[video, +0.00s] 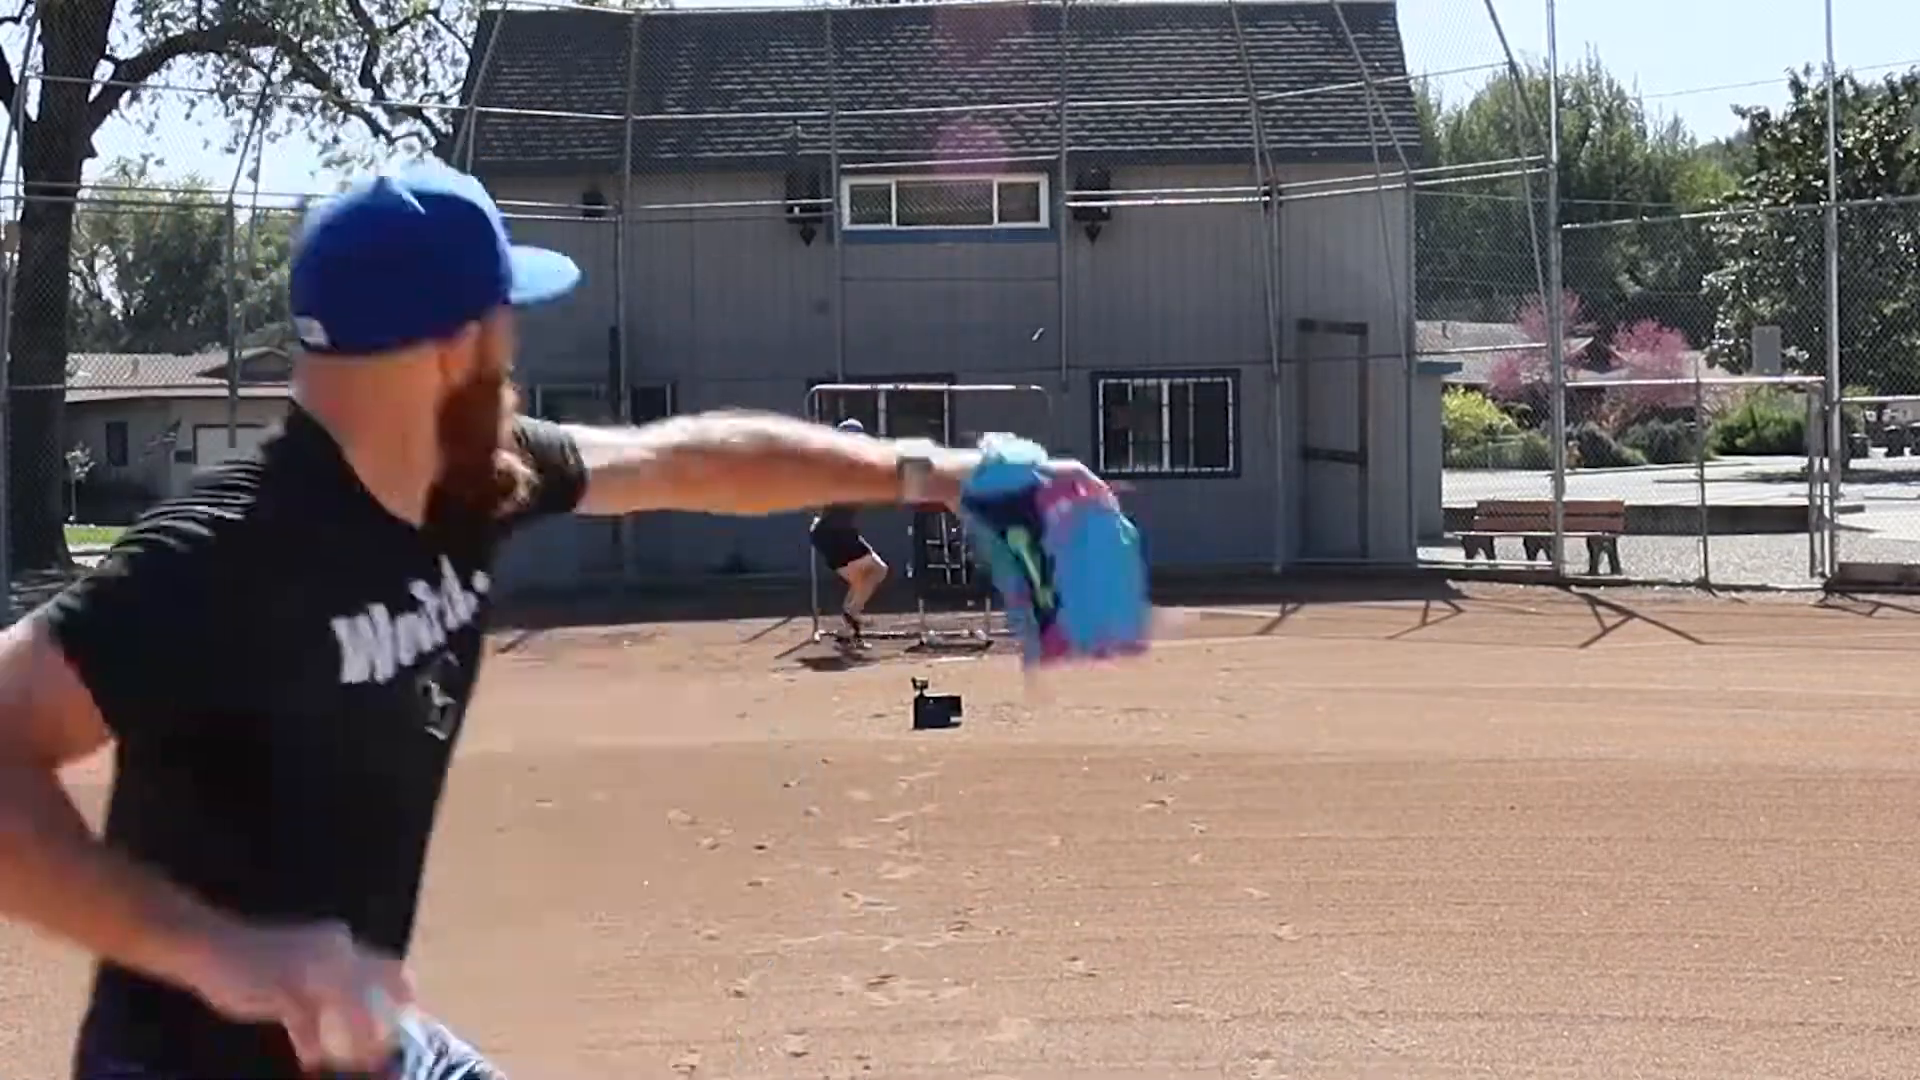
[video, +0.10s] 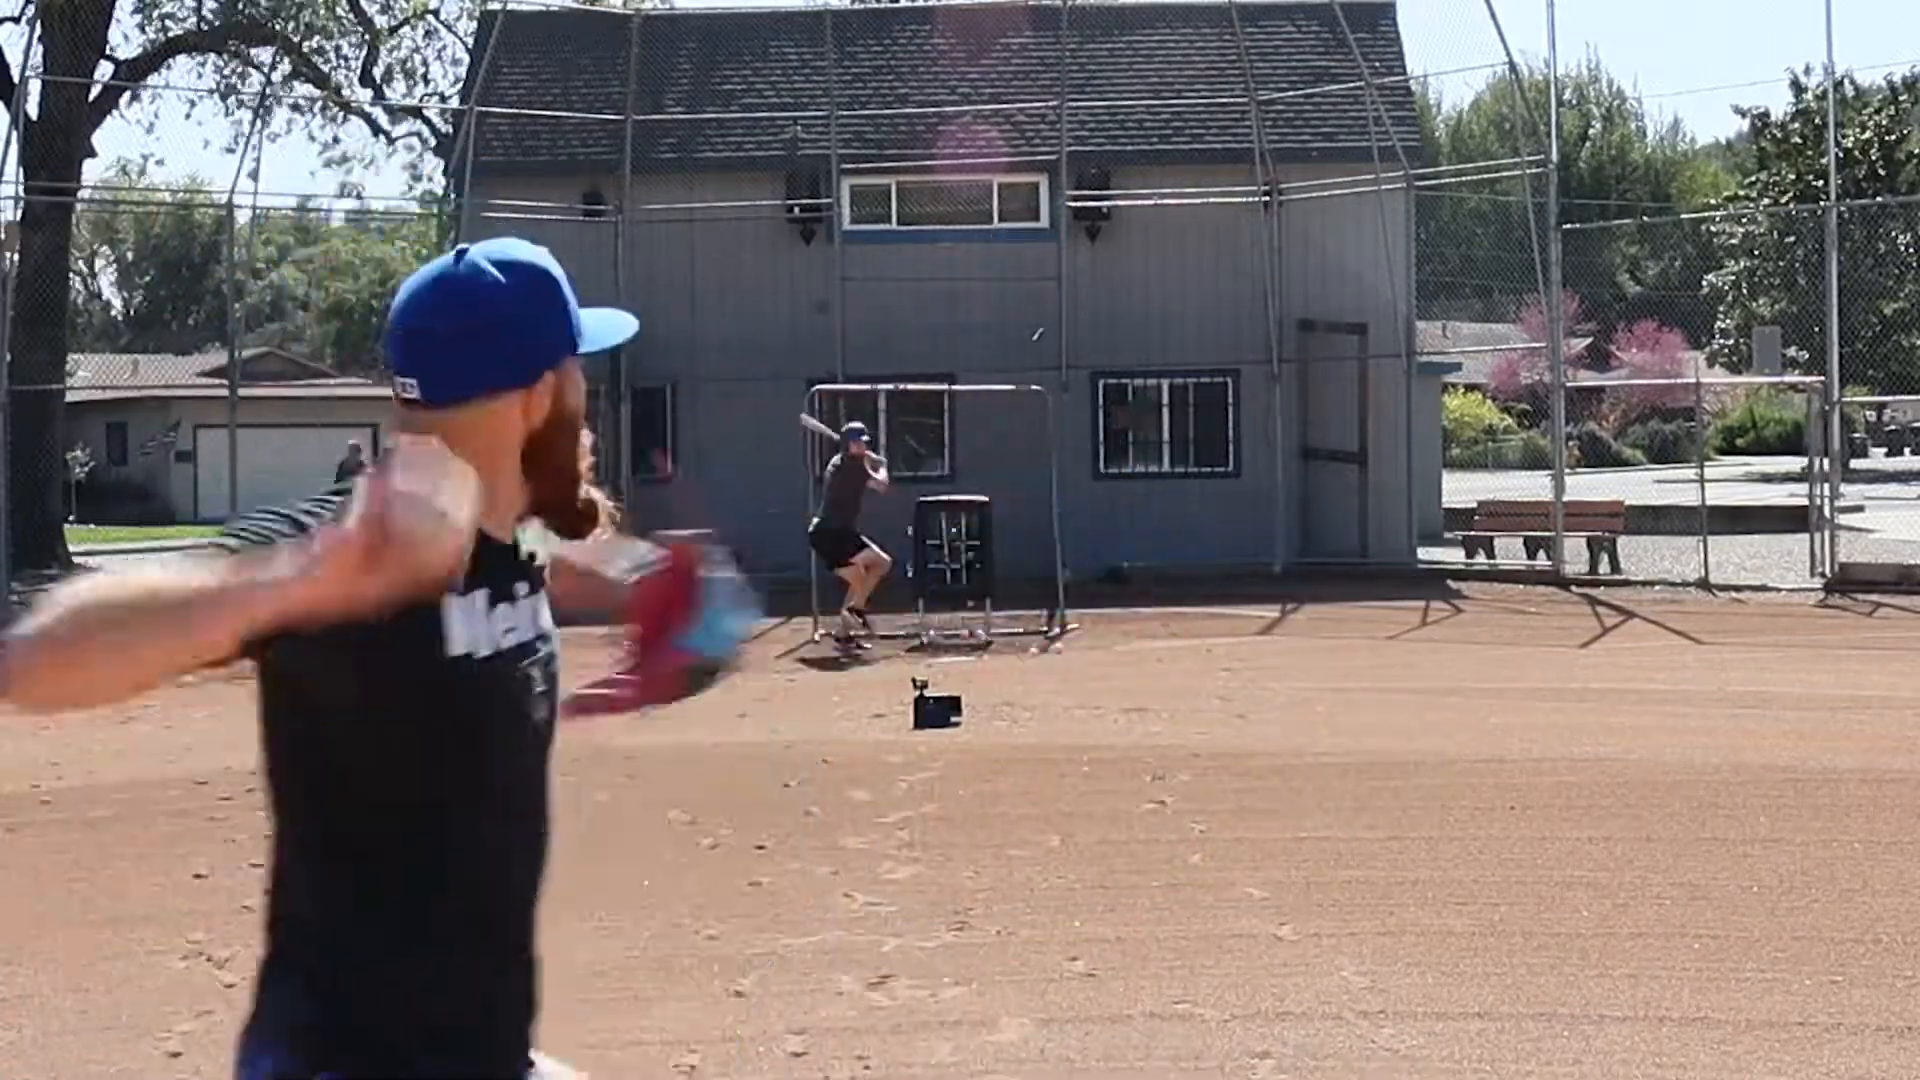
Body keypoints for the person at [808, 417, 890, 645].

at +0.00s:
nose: (856, 444)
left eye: (857, 440)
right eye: (853, 439)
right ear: (846, 442)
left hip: (823, 528)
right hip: (838, 528)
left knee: (858, 579)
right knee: (877, 568)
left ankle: (847, 632)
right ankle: (854, 609)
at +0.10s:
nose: (863, 446)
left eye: (864, 441)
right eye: (858, 442)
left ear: (861, 444)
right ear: (849, 444)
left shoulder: (838, 462)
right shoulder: (854, 464)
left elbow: (878, 487)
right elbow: (883, 483)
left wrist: (874, 464)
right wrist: (880, 463)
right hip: (835, 531)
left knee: (858, 579)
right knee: (881, 562)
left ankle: (844, 633)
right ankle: (858, 606)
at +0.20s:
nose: (864, 449)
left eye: (865, 444)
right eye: (859, 445)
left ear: (865, 446)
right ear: (849, 446)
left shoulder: (837, 465)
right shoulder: (854, 469)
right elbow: (882, 488)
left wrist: (873, 469)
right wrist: (877, 467)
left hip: (819, 531)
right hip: (837, 531)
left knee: (858, 579)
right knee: (881, 559)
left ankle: (844, 633)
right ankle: (858, 603)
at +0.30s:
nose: (866, 453)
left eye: (868, 448)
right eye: (861, 448)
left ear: (869, 449)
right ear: (851, 448)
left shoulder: (838, 466)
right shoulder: (855, 471)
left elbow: (877, 492)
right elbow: (880, 491)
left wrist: (870, 471)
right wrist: (873, 471)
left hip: (819, 534)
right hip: (833, 533)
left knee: (857, 579)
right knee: (878, 563)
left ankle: (845, 631)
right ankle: (855, 605)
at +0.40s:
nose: (867, 456)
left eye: (868, 451)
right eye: (863, 451)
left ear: (865, 453)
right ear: (854, 452)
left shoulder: (836, 469)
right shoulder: (858, 474)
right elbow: (879, 494)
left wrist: (866, 470)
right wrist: (872, 474)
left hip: (817, 535)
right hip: (833, 535)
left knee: (856, 584)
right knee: (871, 575)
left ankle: (844, 632)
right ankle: (845, 617)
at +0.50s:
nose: (870, 460)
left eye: (870, 456)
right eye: (867, 456)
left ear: (852, 458)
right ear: (857, 457)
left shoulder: (837, 473)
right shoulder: (859, 478)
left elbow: (824, 482)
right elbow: (879, 499)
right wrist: (871, 477)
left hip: (820, 538)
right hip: (830, 541)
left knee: (862, 587)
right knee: (855, 586)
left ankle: (844, 629)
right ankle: (837, 630)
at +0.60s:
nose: (871, 467)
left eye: (872, 463)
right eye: (867, 462)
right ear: (857, 463)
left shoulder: (836, 480)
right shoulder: (863, 484)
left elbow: (822, 499)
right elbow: (878, 504)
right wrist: (869, 484)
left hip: (827, 546)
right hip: (826, 548)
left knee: (860, 594)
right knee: (848, 595)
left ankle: (842, 634)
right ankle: (821, 642)